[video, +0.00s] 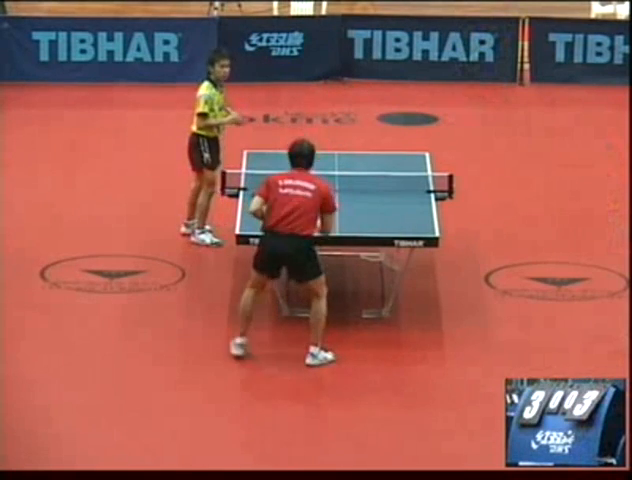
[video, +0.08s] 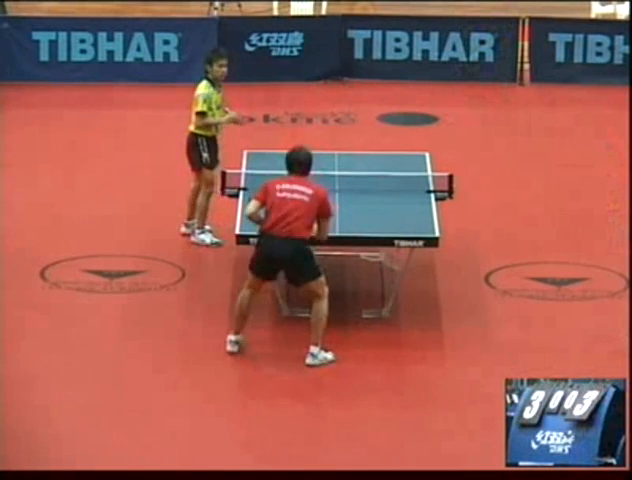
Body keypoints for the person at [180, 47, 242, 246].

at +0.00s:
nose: (225, 71)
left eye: (227, 67)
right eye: (221, 67)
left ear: (229, 69)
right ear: (211, 69)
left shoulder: (218, 90)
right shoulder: (206, 91)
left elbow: (222, 110)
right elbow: (201, 121)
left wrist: (235, 117)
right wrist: (228, 120)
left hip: (211, 137)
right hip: (202, 138)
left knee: (202, 182)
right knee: (209, 183)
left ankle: (190, 222)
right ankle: (200, 228)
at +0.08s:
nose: (223, 71)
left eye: (225, 66)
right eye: (219, 66)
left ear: (227, 68)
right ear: (208, 68)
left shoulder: (216, 89)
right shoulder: (204, 90)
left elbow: (219, 111)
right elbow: (200, 120)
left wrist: (235, 117)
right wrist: (226, 119)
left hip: (209, 136)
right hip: (200, 137)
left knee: (201, 181)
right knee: (208, 183)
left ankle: (190, 222)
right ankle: (199, 228)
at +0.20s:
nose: (221, 70)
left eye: (223, 66)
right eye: (217, 66)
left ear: (225, 68)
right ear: (206, 67)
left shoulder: (214, 88)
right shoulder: (201, 90)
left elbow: (217, 109)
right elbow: (199, 119)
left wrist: (233, 116)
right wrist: (225, 119)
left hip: (208, 134)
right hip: (198, 135)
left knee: (200, 181)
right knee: (205, 182)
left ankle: (190, 222)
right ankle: (199, 228)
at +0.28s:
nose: (221, 70)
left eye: (223, 66)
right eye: (217, 66)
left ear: (223, 67)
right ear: (206, 66)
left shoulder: (212, 88)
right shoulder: (201, 89)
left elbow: (216, 110)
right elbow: (199, 118)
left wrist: (233, 116)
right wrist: (225, 119)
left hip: (207, 134)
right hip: (198, 135)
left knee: (199, 181)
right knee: (204, 182)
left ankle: (190, 222)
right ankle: (199, 228)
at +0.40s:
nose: (221, 70)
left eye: (223, 66)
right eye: (218, 66)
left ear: (222, 67)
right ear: (206, 66)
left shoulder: (211, 87)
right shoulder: (201, 89)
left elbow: (216, 112)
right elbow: (203, 118)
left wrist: (236, 117)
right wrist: (229, 121)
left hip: (206, 134)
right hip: (198, 135)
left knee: (199, 180)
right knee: (206, 182)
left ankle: (190, 222)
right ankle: (200, 228)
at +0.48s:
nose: (222, 70)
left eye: (223, 66)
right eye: (218, 66)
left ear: (221, 67)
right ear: (207, 66)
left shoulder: (212, 87)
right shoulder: (202, 88)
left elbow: (214, 112)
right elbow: (207, 118)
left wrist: (228, 116)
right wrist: (236, 128)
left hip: (205, 134)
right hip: (199, 135)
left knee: (198, 180)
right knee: (211, 182)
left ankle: (189, 222)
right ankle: (202, 228)